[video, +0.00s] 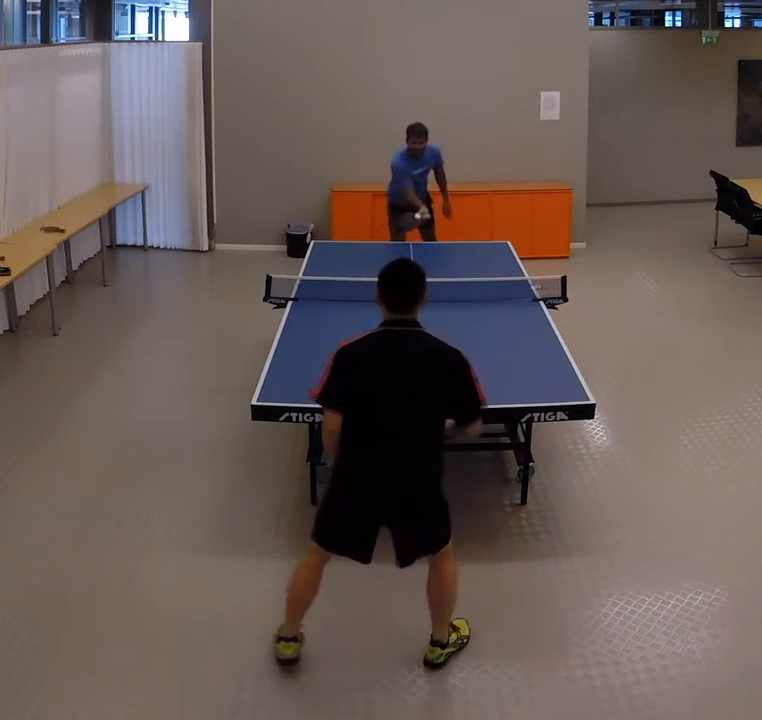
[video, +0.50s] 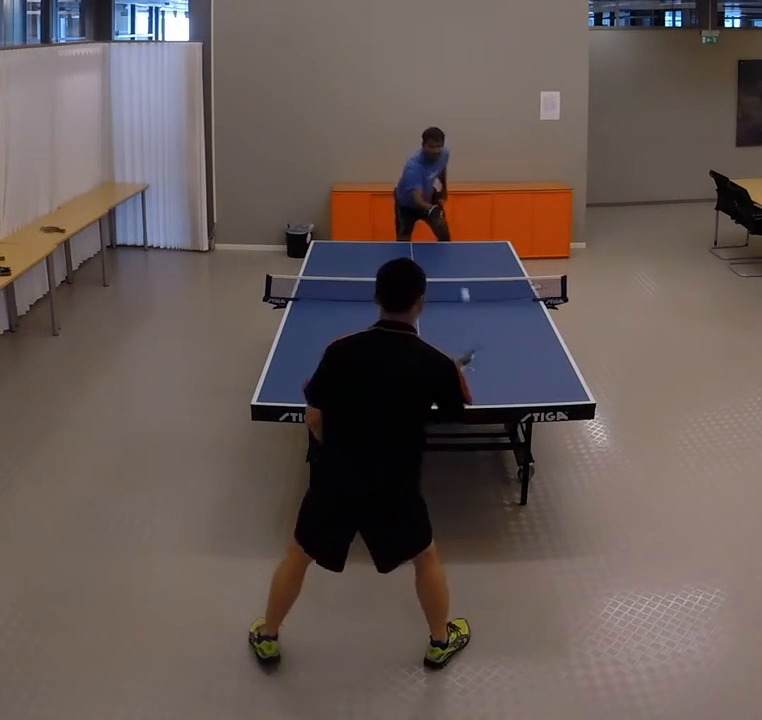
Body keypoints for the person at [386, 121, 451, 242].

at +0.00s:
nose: (417, 147)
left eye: (421, 143)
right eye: (413, 143)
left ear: (426, 141)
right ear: (407, 141)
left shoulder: (433, 153)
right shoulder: (399, 163)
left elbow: (440, 176)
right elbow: (408, 193)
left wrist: (446, 201)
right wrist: (421, 207)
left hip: (421, 198)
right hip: (398, 201)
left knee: (431, 241)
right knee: (398, 243)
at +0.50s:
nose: (435, 151)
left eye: (438, 147)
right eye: (431, 147)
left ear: (442, 146)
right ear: (423, 145)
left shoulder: (444, 155)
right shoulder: (414, 165)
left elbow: (442, 173)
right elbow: (416, 197)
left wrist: (444, 190)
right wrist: (430, 208)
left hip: (429, 199)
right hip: (407, 202)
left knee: (444, 235)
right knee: (403, 240)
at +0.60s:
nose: (444, 149)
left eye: (447, 145)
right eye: (440, 145)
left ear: (452, 145)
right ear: (433, 144)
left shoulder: (453, 158)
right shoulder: (419, 166)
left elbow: (453, 176)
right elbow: (411, 198)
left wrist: (458, 198)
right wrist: (424, 211)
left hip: (435, 202)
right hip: (413, 204)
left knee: (450, 242)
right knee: (407, 244)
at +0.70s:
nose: (452, 147)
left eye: (456, 143)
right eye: (449, 143)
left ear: (460, 144)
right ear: (441, 142)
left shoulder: (461, 160)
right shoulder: (425, 163)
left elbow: (468, 184)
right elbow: (409, 189)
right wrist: (417, 209)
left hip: (442, 207)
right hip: (420, 208)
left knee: (459, 246)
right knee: (411, 249)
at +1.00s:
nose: (446, 125)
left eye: (450, 121)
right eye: (443, 121)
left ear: (455, 122)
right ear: (437, 120)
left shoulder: (463, 142)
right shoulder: (423, 140)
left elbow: (473, 169)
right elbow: (410, 165)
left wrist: (478, 198)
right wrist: (403, 193)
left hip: (452, 198)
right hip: (425, 197)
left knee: (460, 243)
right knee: (409, 241)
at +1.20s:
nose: (427, 131)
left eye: (430, 127)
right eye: (423, 127)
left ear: (437, 127)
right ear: (418, 127)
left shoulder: (450, 144)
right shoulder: (412, 148)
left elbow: (464, 168)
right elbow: (409, 175)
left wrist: (465, 196)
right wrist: (398, 194)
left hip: (447, 199)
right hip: (422, 200)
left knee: (459, 242)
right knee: (405, 241)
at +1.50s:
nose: (439, 138)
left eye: (443, 135)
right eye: (436, 135)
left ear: (450, 134)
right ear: (432, 134)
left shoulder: (462, 149)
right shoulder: (425, 153)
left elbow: (478, 169)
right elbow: (410, 178)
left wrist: (487, 197)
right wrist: (394, 195)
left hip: (462, 200)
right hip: (436, 202)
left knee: (479, 240)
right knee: (415, 241)